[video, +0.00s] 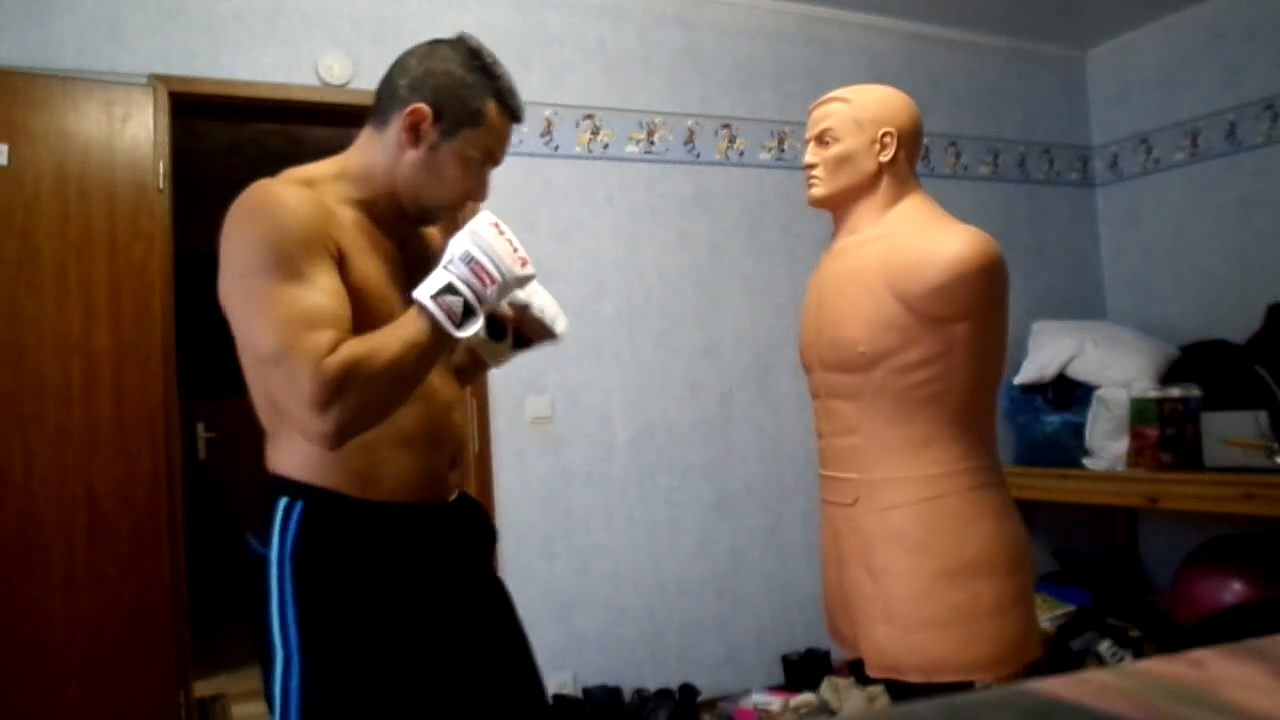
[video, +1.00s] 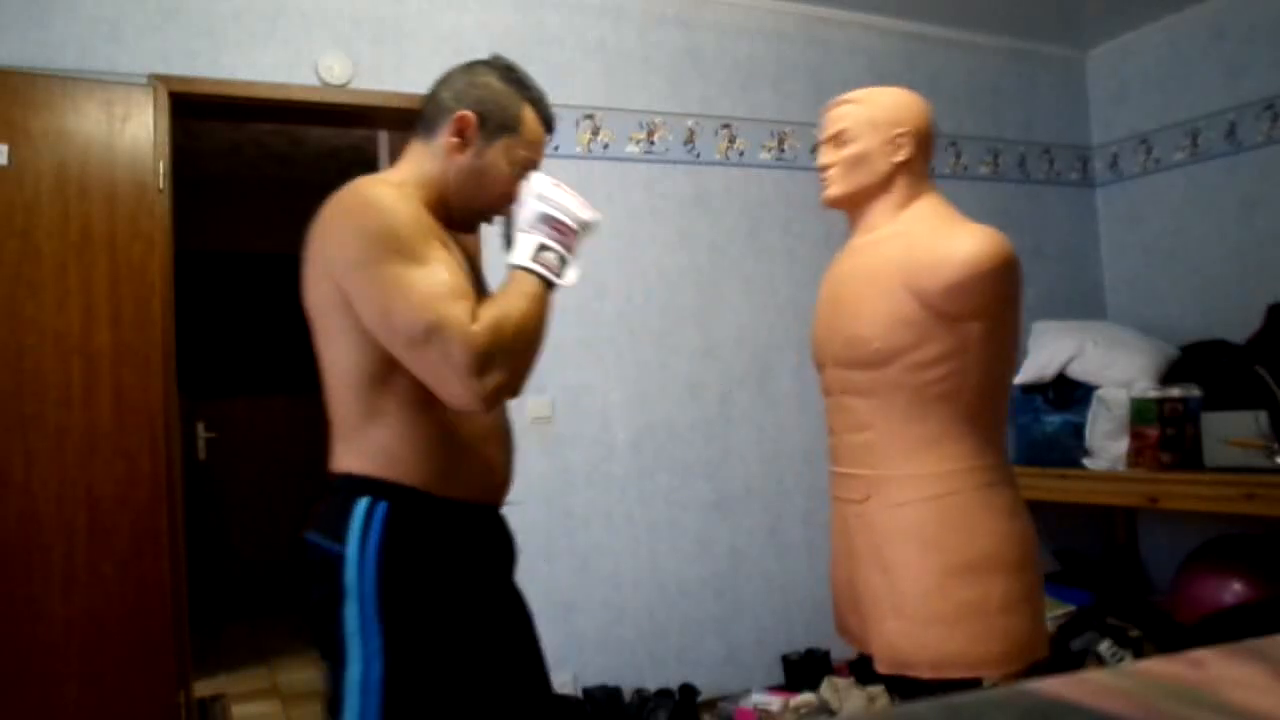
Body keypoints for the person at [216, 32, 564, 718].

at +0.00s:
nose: (482, 192)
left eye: (491, 168)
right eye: (481, 162)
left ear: (414, 130)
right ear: (416, 128)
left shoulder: (431, 231)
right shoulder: (277, 212)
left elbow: (438, 380)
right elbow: (322, 404)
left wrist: (496, 340)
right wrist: (451, 300)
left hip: (448, 542)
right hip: (339, 554)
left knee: (509, 711)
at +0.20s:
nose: (545, 195)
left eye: (552, 170)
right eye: (538, 166)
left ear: (469, 139)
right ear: (468, 136)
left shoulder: (508, 239)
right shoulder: (317, 219)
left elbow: (564, 320)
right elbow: (289, 407)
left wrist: (661, 328)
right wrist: (438, 327)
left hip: (473, 554)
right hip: (350, 559)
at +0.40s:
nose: (614, 220)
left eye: (622, 197)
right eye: (613, 191)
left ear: (557, 166)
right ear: (560, 164)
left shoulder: (526, 262)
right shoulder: (460, 222)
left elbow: (563, 388)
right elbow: (411, 373)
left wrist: (670, 372)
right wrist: (559, 348)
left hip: (491, 538)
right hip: (423, 532)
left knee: (545, 704)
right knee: (400, 709)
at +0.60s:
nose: (608, 218)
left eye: (617, 198)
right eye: (610, 192)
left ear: (557, 158)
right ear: (565, 161)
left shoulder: (463, 225)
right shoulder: (528, 221)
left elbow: (513, 382)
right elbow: (635, 371)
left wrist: (594, 361)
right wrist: (716, 373)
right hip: (472, 530)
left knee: (540, 707)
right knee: (469, 709)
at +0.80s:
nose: (581, 201)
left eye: (589, 180)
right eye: (580, 173)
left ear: (526, 146)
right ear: (528, 143)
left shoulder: (487, 232)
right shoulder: (446, 210)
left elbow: (505, 378)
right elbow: (475, 384)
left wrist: (578, 326)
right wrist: (593, 362)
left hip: (488, 518)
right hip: (440, 520)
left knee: (538, 706)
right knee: (466, 710)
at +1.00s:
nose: (519, 192)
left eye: (529, 172)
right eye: (520, 166)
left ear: (461, 140)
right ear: (462, 135)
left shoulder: (442, 229)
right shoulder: (369, 214)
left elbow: (495, 373)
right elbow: (473, 376)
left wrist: (536, 262)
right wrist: (538, 258)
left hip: (462, 538)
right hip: (395, 542)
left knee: (512, 709)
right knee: (400, 719)